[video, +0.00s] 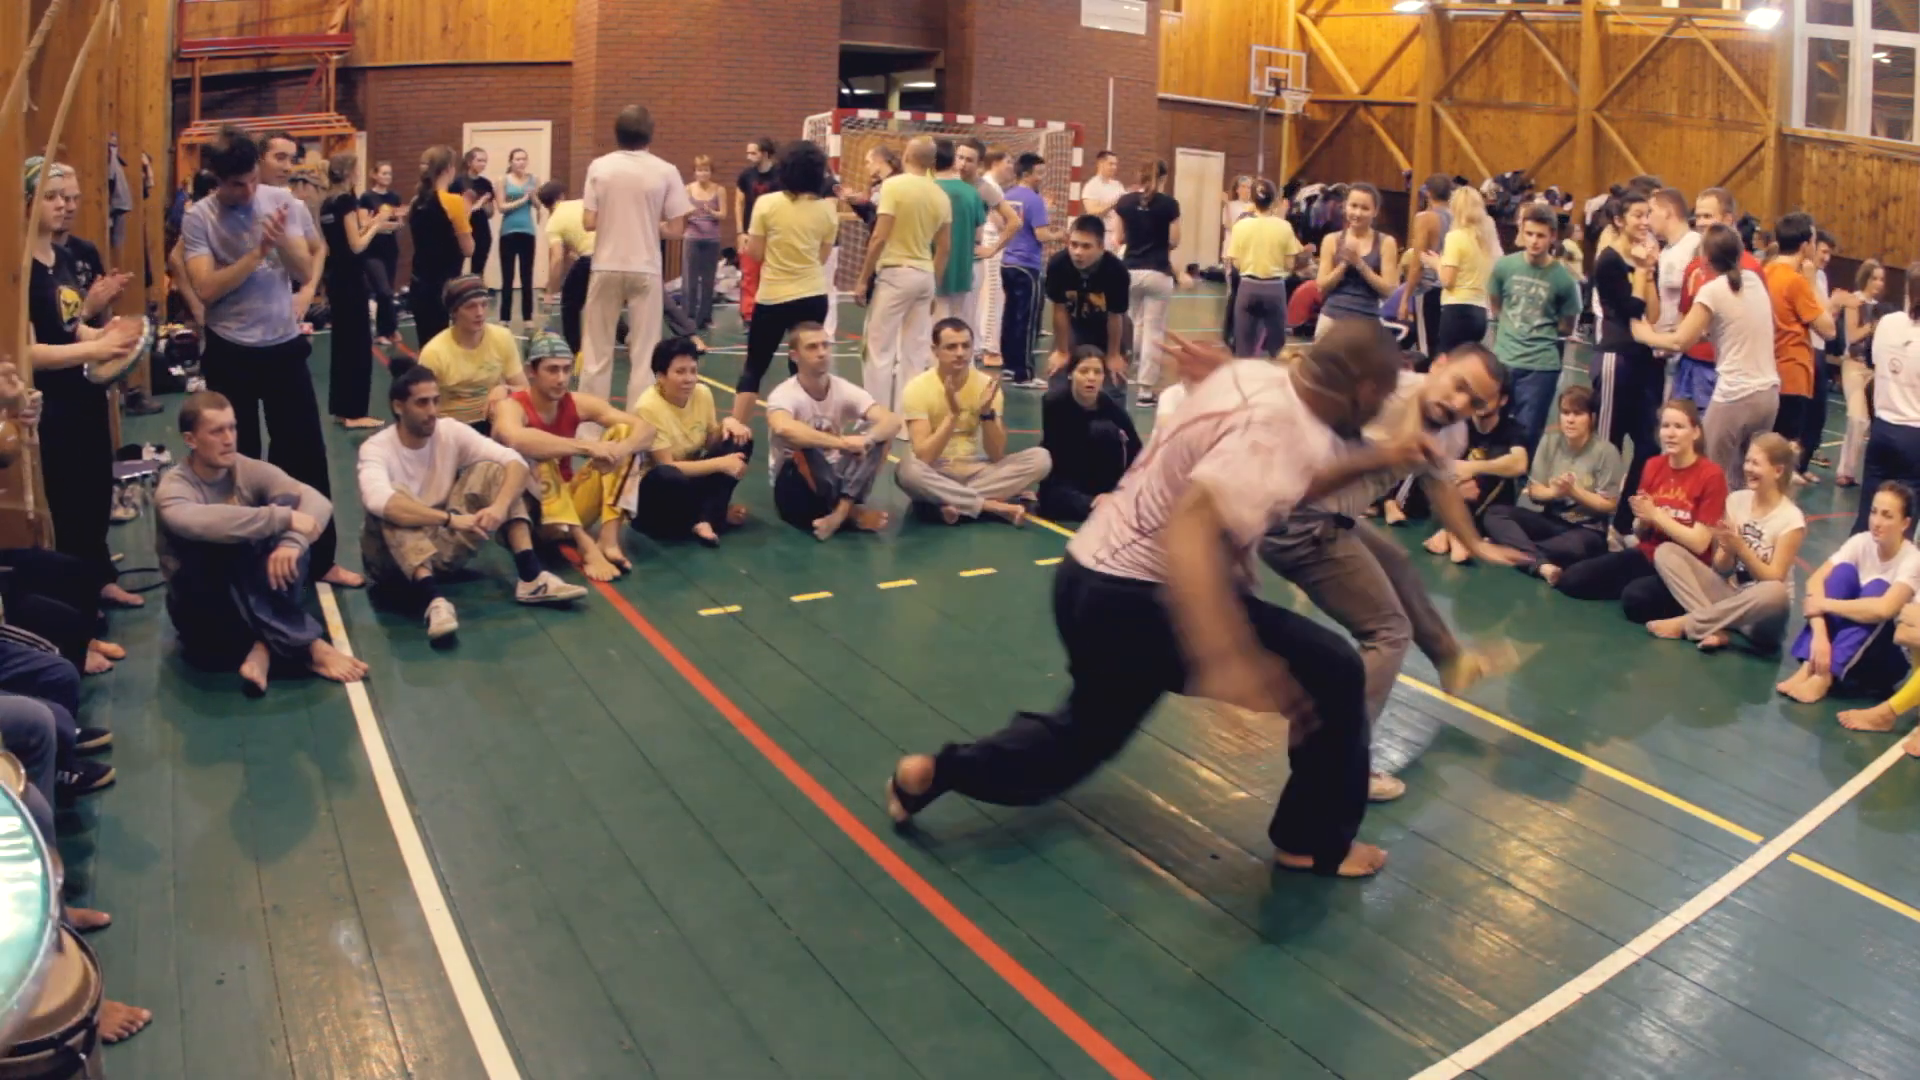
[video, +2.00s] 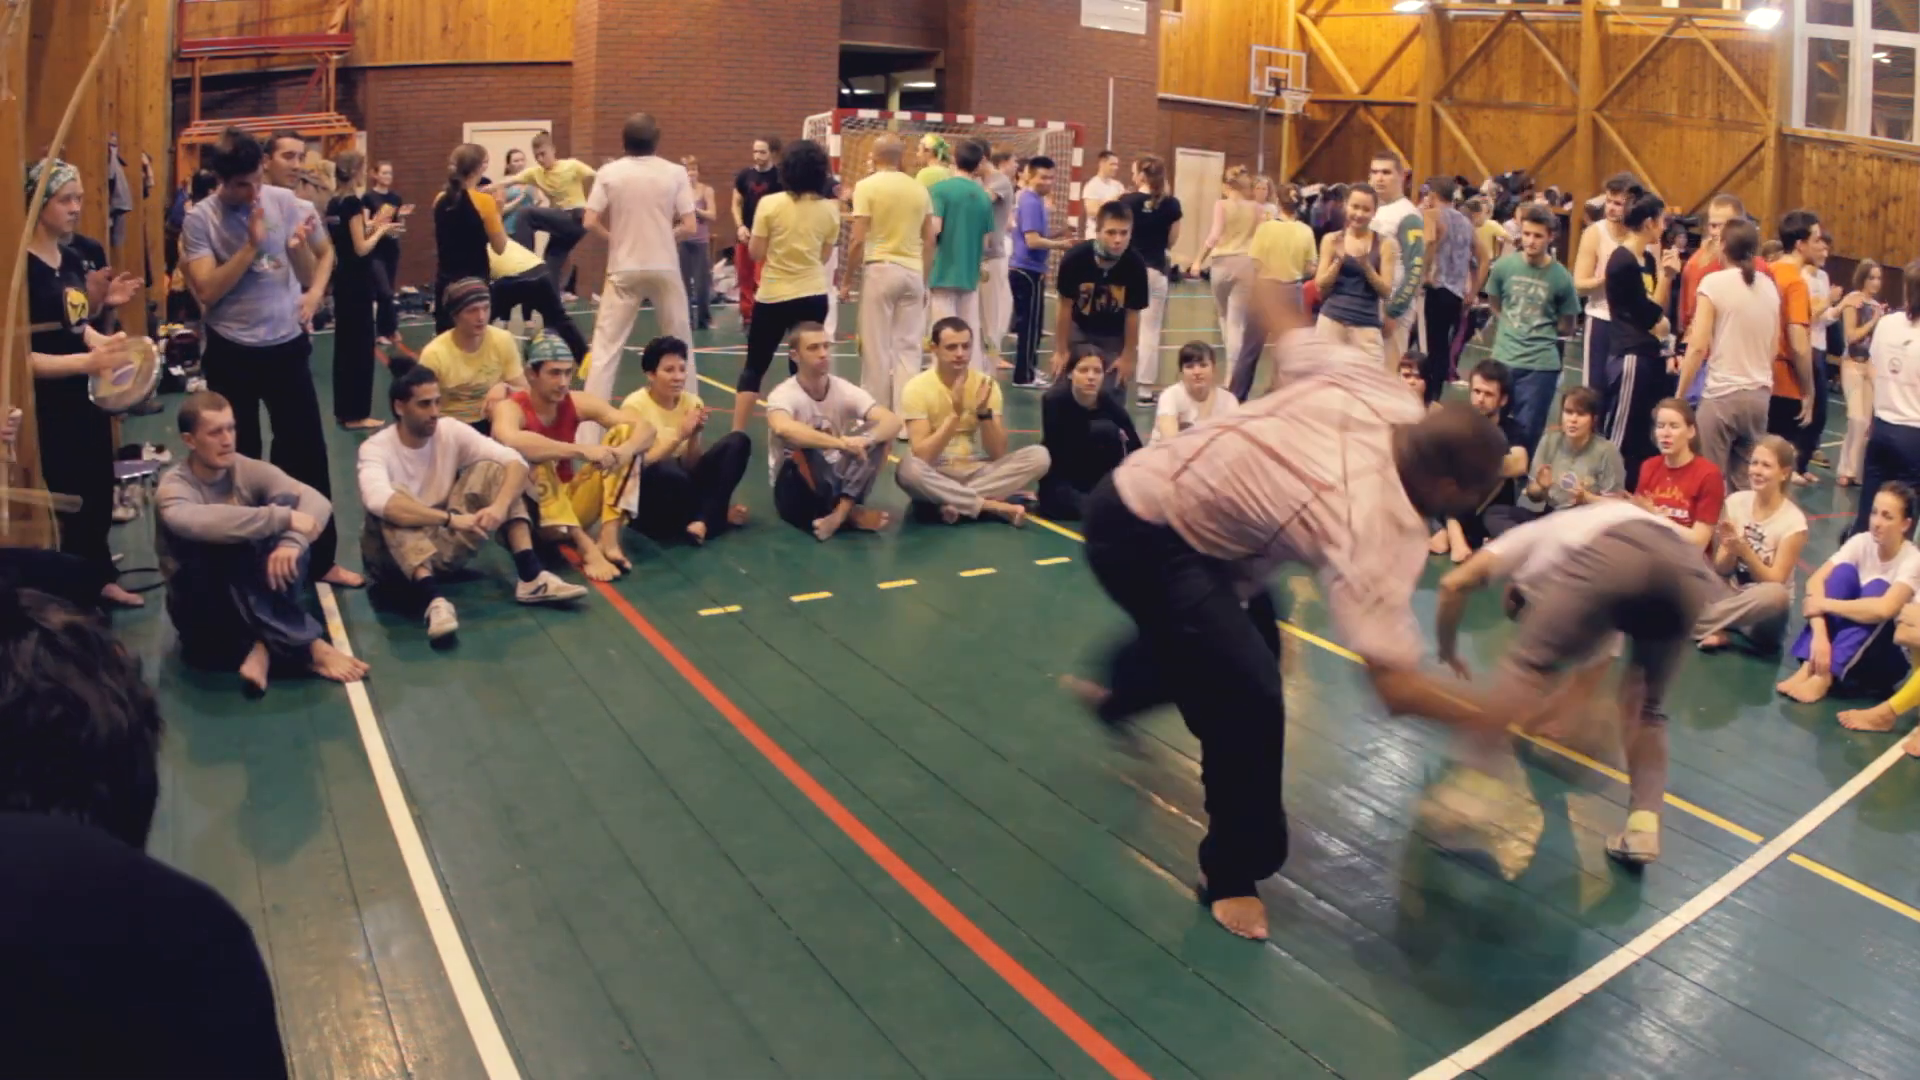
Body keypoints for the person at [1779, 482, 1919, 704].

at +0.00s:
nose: (1876, 521)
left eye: (1887, 516)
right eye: (1874, 512)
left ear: (1905, 524)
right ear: (1869, 513)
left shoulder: (1912, 559)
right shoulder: (1860, 542)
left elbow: (1885, 610)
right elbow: (1814, 581)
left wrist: (1823, 604)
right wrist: (1820, 638)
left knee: (1877, 587)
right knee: (1843, 572)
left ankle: (1823, 676)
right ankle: (1807, 666)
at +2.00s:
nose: (1876, 522)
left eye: (1887, 516)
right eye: (1874, 513)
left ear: (1906, 525)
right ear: (1869, 513)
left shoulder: (1913, 560)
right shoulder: (1860, 542)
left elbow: (1886, 610)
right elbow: (1815, 581)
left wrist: (1823, 604)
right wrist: (1820, 639)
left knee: (1877, 587)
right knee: (1843, 572)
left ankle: (1823, 676)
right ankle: (1807, 666)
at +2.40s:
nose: (1879, 523)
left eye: (1889, 516)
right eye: (1876, 513)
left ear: (1906, 524)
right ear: (1871, 515)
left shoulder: (1913, 558)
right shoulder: (1860, 541)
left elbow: (1888, 606)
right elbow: (1817, 579)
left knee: (1877, 586)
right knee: (1845, 572)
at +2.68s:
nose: (1880, 524)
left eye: (1891, 516)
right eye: (1877, 513)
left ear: (1907, 523)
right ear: (1871, 515)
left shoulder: (1912, 558)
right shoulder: (1860, 541)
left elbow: (1888, 606)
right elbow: (1814, 581)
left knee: (1876, 586)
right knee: (1844, 572)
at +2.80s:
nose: (1881, 523)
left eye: (1891, 516)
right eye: (1877, 513)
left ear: (1907, 524)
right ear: (1871, 515)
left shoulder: (1913, 560)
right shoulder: (1860, 543)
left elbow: (1890, 605)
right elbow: (1826, 575)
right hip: (1853, 620)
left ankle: (1817, 678)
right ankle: (1809, 673)